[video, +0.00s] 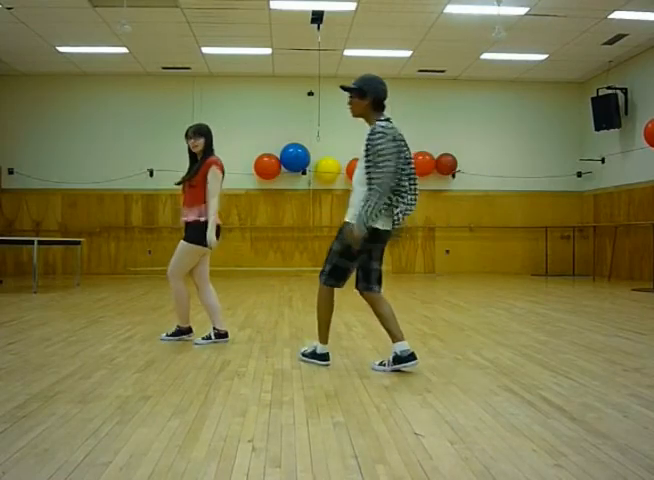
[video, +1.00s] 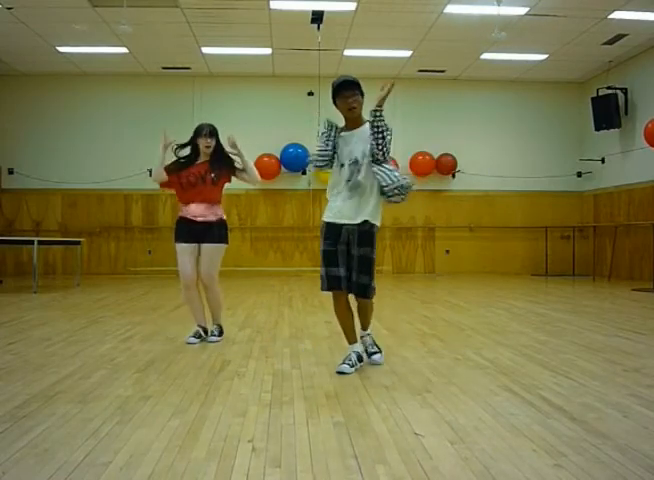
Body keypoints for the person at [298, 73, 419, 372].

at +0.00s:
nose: (349, 101)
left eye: (354, 97)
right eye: (350, 97)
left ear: (370, 100)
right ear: (372, 101)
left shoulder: (380, 134)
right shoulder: (391, 133)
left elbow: (382, 182)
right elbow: (408, 186)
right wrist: (391, 218)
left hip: (361, 221)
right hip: (379, 224)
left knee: (328, 280)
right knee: (368, 287)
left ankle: (320, 348)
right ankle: (402, 350)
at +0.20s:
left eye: (352, 96)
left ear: (351, 100)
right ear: (379, 100)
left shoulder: (340, 129)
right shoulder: (395, 134)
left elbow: (338, 177)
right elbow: (399, 183)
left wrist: (342, 219)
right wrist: (392, 228)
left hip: (348, 220)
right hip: (383, 223)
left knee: (330, 283)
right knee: (376, 288)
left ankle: (323, 348)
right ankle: (369, 348)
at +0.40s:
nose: (385, 101)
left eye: (387, 96)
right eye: (380, 95)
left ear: (386, 100)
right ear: (363, 97)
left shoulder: (370, 135)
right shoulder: (346, 129)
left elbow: (364, 180)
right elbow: (335, 176)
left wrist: (371, 221)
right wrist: (331, 221)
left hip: (366, 219)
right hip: (352, 218)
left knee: (359, 289)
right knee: (373, 284)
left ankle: (327, 348)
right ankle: (347, 349)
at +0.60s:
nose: (350, 101)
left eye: (356, 97)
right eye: (347, 97)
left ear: (370, 101)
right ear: (343, 102)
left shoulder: (385, 134)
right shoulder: (337, 137)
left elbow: (399, 174)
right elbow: (322, 178)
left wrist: (408, 211)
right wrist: (312, 213)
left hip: (367, 218)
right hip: (334, 216)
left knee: (355, 286)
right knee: (347, 286)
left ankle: (337, 336)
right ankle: (355, 350)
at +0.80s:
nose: (351, 103)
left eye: (354, 97)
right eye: (344, 101)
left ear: (364, 99)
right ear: (339, 108)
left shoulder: (380, 130)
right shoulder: (341, 139)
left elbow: (395, 161)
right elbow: (314, 167)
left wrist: (385, 121)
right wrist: (280, 167)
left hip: (362, 219)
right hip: (334, 218)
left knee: (357, 289)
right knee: (334, 288)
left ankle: (371, 335)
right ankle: (354, 349)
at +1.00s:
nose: (351, 101)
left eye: (355, 95)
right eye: (344, 98)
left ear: (363, 99)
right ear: (336, 105)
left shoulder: (377, 132)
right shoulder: (332, 136)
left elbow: (380, 158)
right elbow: (320, 163)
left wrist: (378, 115)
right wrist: (331, 126)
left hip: (365, 217)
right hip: (334, 217)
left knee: (363, 287)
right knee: (338, 288)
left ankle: (365, 335)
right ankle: (354, 348)